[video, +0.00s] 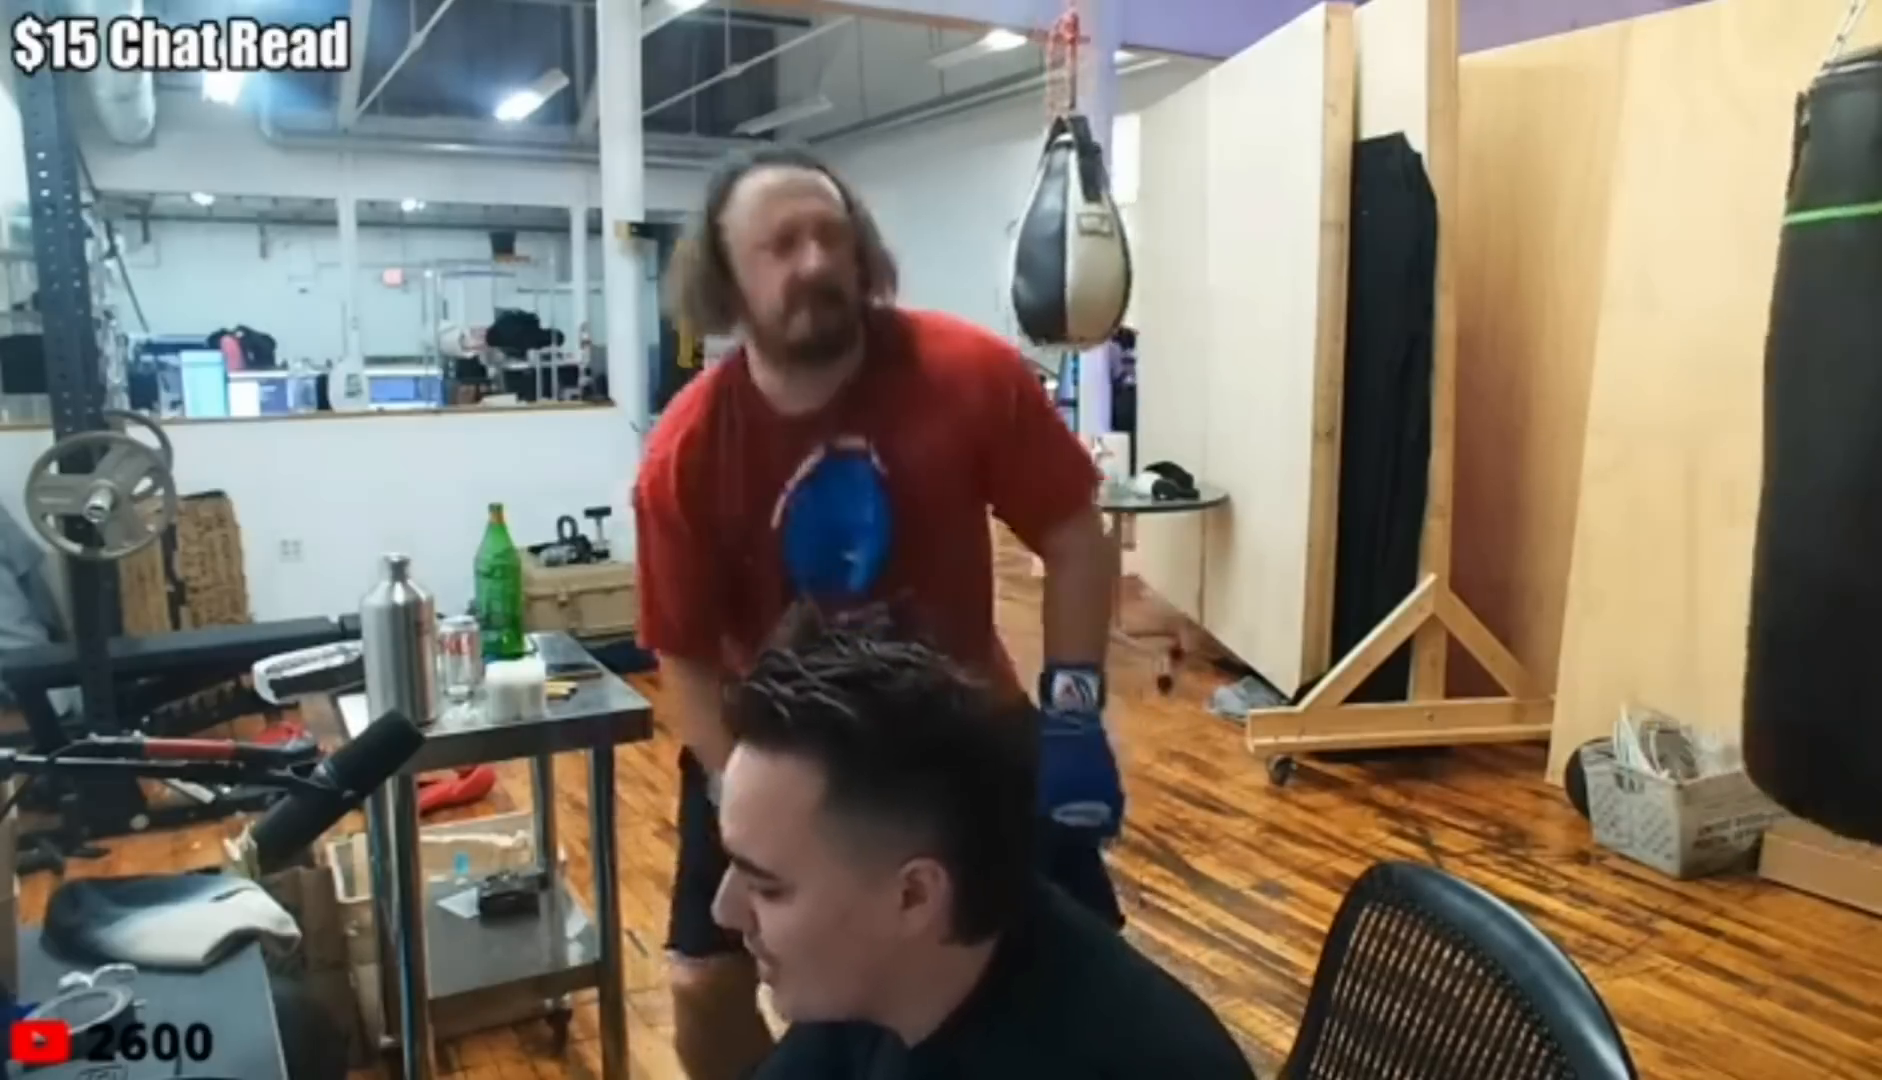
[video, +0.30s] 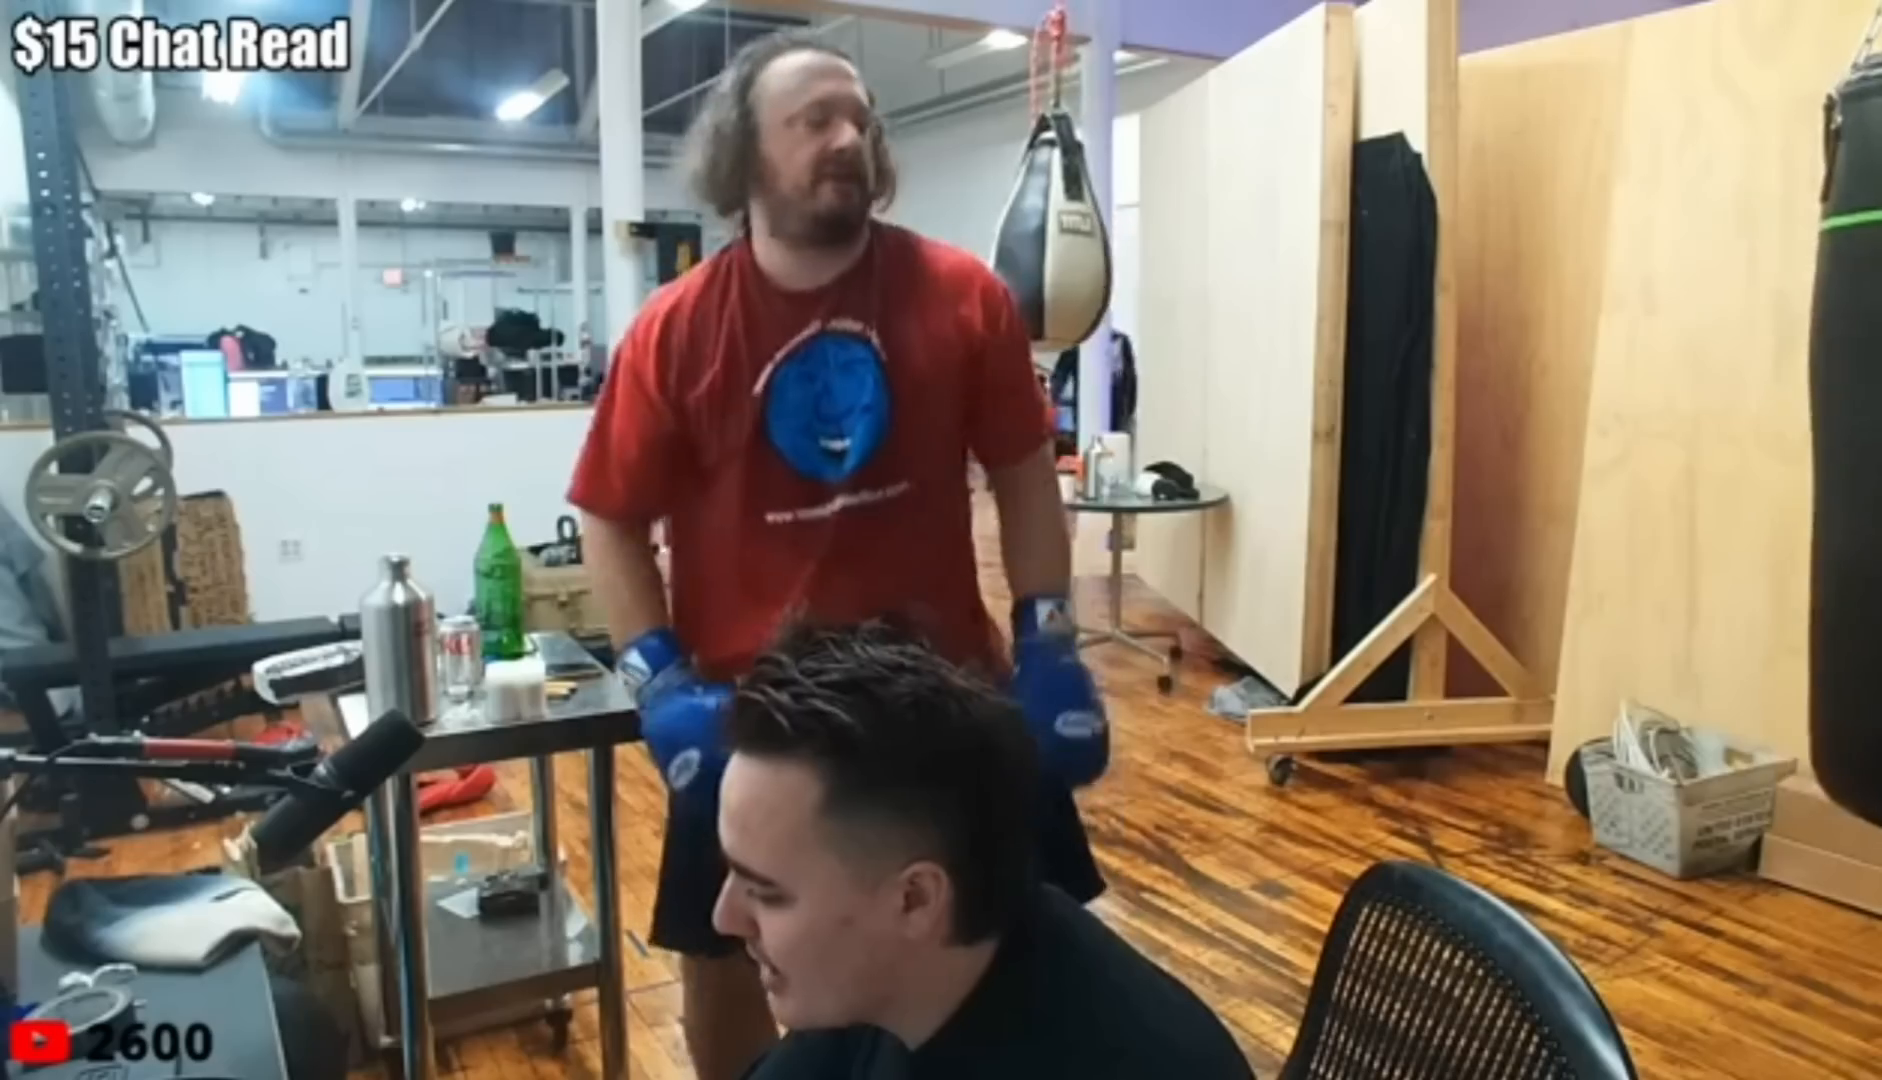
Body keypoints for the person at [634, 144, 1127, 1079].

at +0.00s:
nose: (812, 263)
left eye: (828, 237)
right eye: (779, 247)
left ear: (863, 257)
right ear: (729, 285)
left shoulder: (969, 376)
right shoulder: (685, 456)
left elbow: (1075, 533)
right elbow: (689, 668)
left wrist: (1072, 721)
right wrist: (761, 811)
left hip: (959, 731)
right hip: (770, 750)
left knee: (1029, 958)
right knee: (703, 985)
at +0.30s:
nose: (848, 139)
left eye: (861, 120)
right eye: (815, 121)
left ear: (880, 148)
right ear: (747, 157)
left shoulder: (963, 297)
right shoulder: (674, 334)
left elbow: (1023, 472)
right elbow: (609, 519)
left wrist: (1048, 644)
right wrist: (662, 682)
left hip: (943, 704)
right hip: (744, 712)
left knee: (988, 958)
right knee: (725, 964)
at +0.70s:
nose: (979, 102)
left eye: (979, 78)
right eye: (951, 78)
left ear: (967, 98)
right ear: (865, 99)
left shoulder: (1005, 262)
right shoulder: (756, 266)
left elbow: (1037, 420)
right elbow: (658, 448)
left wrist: (1087, 563)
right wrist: (730, 599)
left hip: (988, 679)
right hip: (813, 689)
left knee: (997, 952)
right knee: (784, 963)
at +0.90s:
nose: (1076, 113)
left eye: (1073, 90)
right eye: (1053, 92)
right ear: (971, 104)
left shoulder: (1069, 254)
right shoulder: (865, 256)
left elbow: (1073, 435)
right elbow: (795, 457)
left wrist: (1138, 538)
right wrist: (911, 584)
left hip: (1068, 658)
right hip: (927, 672)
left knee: (1058, 899)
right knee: (935, 918)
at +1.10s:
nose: (1142, 117)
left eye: (1138, 93)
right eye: (1122, 91)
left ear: (1060, 104)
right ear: (1045, 96)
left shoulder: (1095, 247)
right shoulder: (952, 240)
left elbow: (1088, 447)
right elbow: (899, 451)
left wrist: (1189, 507)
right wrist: (1058, 545)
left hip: (1093, 655)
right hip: (984, 659)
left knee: (1054, 897)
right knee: (977, 916)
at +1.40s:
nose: (1225, 138)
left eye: (1223, 113)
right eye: (1211, 110)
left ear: (1137, 114)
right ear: (1142, 109)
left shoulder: (1134, 244)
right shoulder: (1063, 232)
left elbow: (1126, 433)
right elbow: (1023, 435)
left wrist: (1244, 444)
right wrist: (1187, 522)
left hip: (1121, 642)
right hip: (1072, 647)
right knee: (1144, 911)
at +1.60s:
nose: (1273, 158)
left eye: (1279, 135)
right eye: (1266, 131)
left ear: (1181, 125)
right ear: (1196, 120)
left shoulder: (1144, 226)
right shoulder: (1130, 229)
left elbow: (1208, 395)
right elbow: (1083, 442)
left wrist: (1294, 285)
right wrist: (1247, 553)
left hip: (1105, 634)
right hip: (1144, 645)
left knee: (1091, 894)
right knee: (1228, 904)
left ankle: (1070, 1064)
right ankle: (1210, 1079)